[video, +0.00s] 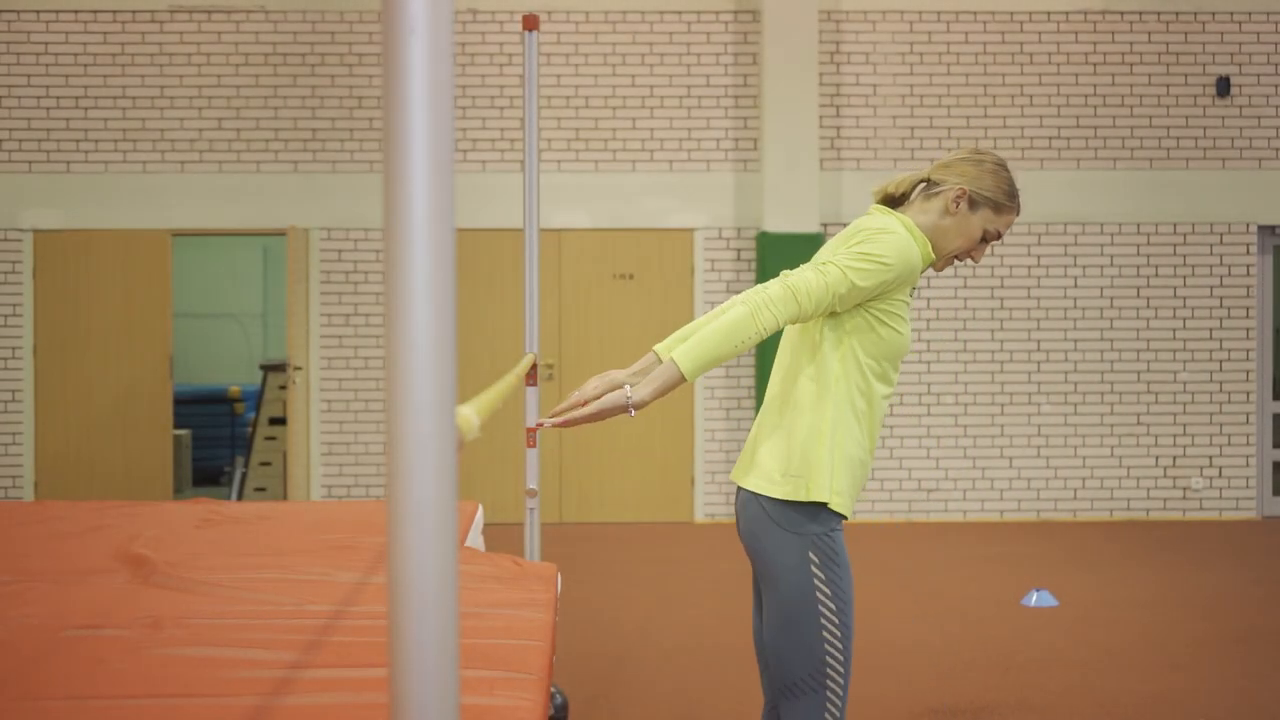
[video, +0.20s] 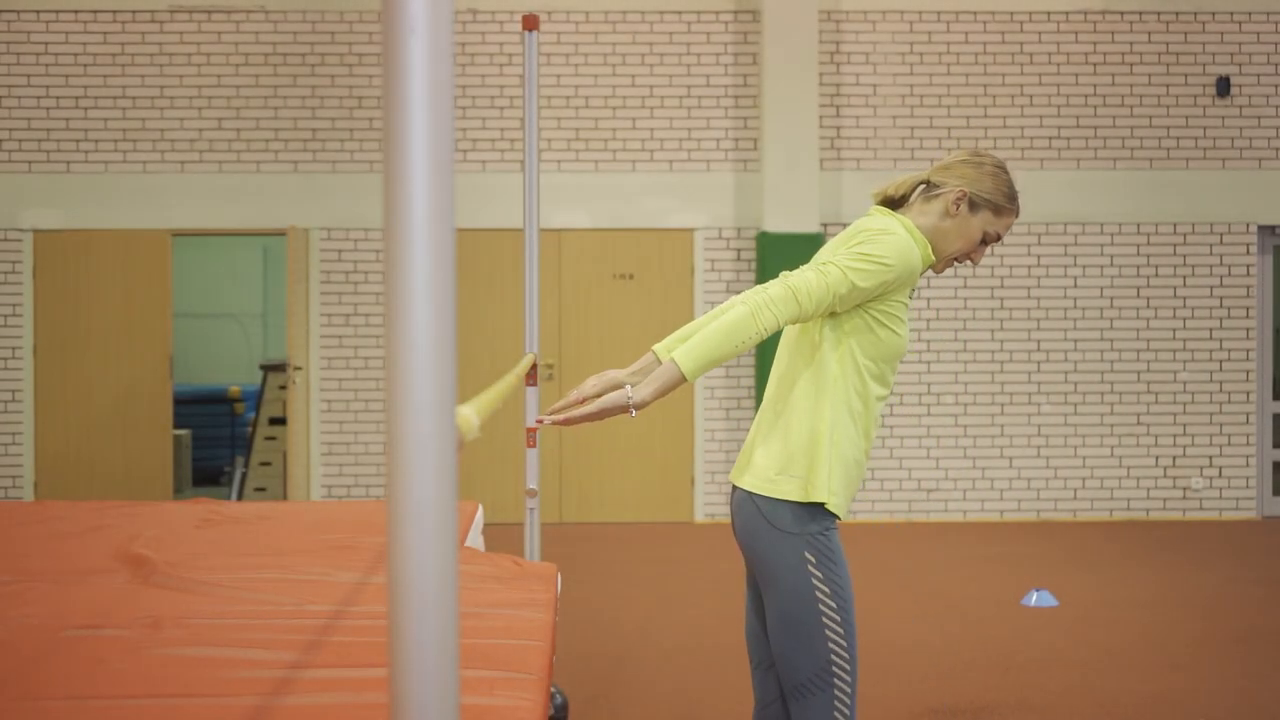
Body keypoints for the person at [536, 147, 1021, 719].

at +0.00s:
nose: (978, 255)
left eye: (990, 244)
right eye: (987, 236)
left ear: (950, 199)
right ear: (957, 200)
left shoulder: (872, 237)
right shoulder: (895, 245)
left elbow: (760, 303)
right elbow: (773, 305)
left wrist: (637, 372)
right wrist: (649, 386)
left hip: (777, 499)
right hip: (798, 505)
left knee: (788, 702)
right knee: (817, 704)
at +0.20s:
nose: (979, 256)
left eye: (990, 246)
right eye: (987, 238)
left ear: (948, 201)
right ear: (955, 202)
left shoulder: (873, 238)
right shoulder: (895, 246)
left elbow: (760, 303)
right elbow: (774, 304)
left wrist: (638, 370)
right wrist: (650, 386)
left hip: (769, 500)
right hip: (793, 505)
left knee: (776, 706)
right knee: (827, 704)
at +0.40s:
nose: (878, 149)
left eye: (872, 134)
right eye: (865, 135)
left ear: (820, 152)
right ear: (821, 149)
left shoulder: (787, 227)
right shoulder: (831, 229)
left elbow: (815, 383)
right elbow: (860, 383)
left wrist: (907, 508)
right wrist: (916, 504)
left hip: (802, 498)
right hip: (835, 501)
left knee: (797, 706)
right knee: (820, 707)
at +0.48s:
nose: (877, 151)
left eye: (872, 135)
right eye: (864, 136)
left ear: (820, 153)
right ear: (821, 150)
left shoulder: (786, 229)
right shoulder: (831, 230)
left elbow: (826, 388)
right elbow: (860, 383)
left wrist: (906, 509)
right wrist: (915, 501)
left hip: (801, 499)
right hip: (834, 503)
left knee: (796, 706)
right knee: (819, 707)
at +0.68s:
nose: (876, 152)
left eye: (870, 138)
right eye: (863, 138)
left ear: (819, 154)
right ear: (820, 151)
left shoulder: (785, 231)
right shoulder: (831, 232)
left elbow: (823, 389)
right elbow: (860, 384)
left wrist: (903, 509)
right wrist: (916, 504)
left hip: (800, 501)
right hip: (833, 504)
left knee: (796, 706)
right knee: (818, 707)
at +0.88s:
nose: (875, 154)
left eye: (870, 139)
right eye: (863, 140)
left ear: (818, 155)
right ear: (820, 152)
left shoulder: (784, 232)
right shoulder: (831, 234)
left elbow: (824, 393)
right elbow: (860, 386)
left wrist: (900, 511)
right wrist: (914, 506)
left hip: (798, 503)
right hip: (832, 507)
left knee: (793, 706)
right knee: (816, 707)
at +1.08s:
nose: (874, 153)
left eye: (871, 140)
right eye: (863, 140)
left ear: (818, 154)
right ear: (819, 152)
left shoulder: (783, 232)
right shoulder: (830, 232)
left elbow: (820, 391)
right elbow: (858, 385)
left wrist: (898, 511)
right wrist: (912, 507)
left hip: (798, 504)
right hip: (830, 507)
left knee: (793, 707)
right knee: (815, 708)